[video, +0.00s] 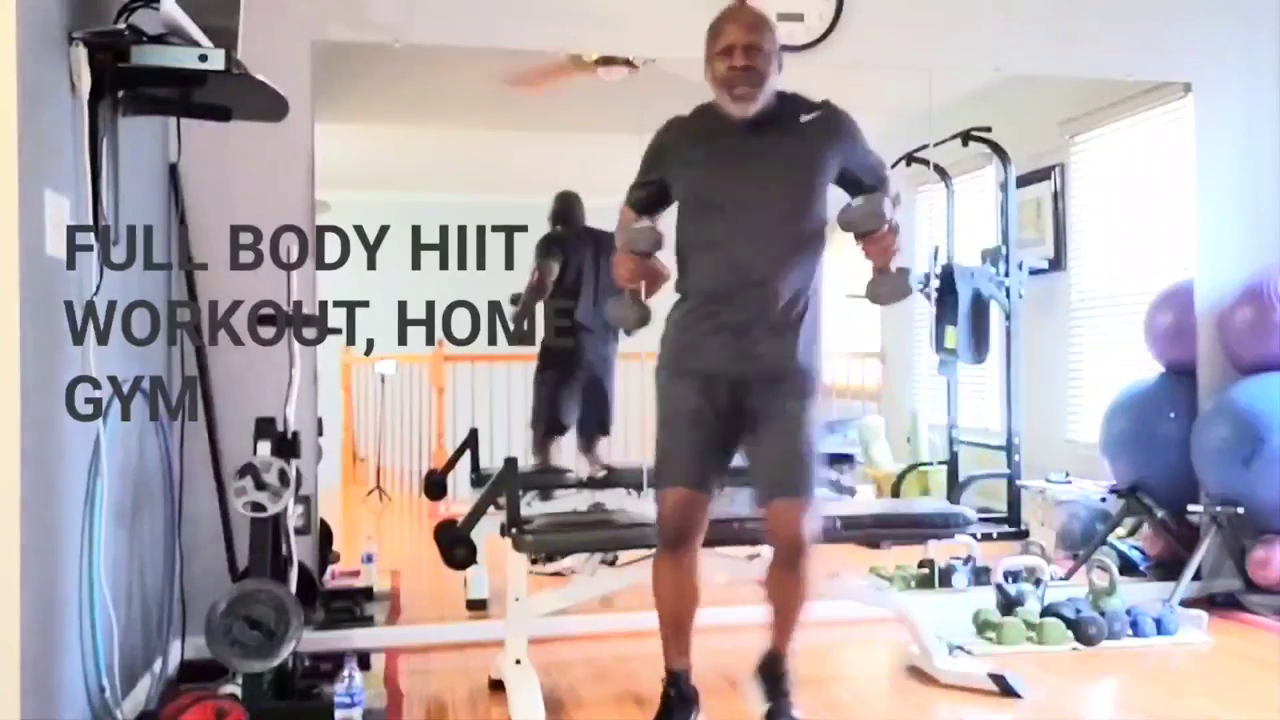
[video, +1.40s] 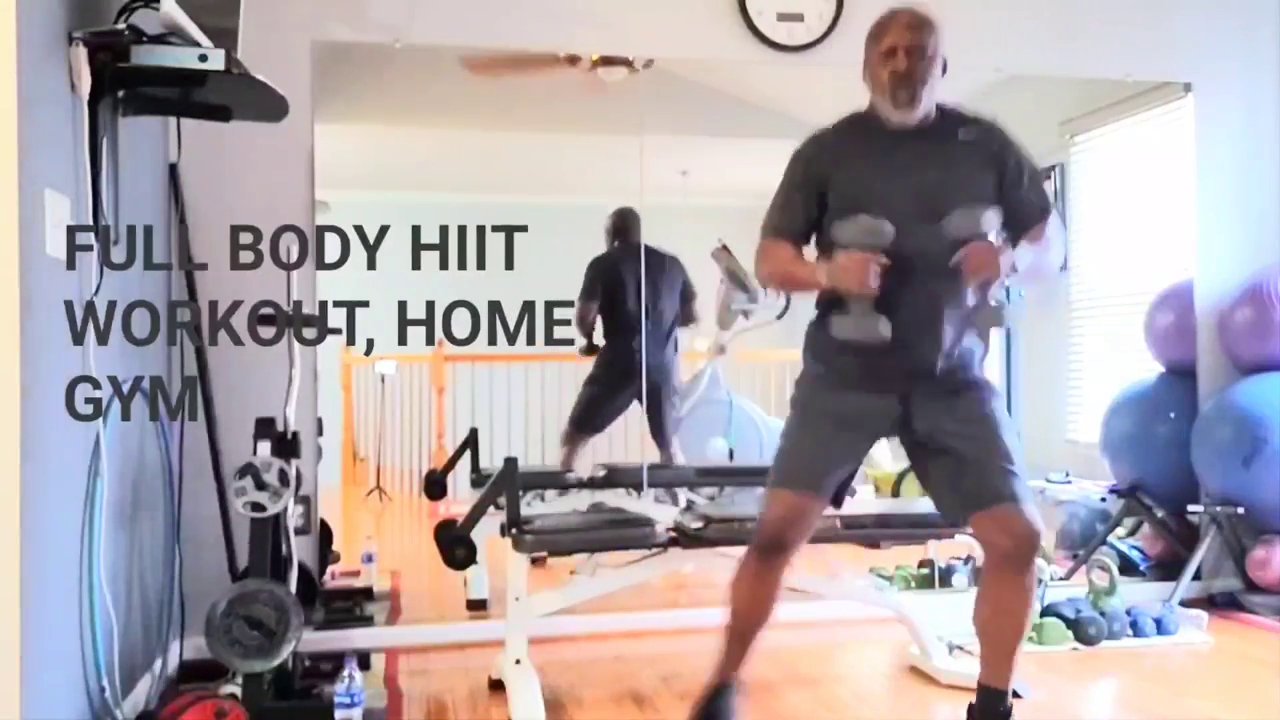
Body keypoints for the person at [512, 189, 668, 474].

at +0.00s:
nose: (554, 221)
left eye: (555, 215)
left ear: (555, 215)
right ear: (582, 213)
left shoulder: (553, 241)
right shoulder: (607, 240)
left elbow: (545, 280)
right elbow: (625, 281)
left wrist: (523, 309)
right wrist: (633, 304)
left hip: (563, 340)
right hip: (600, 339)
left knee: (549, 401)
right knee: (595, 402)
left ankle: (543, 460)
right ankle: (594, 462)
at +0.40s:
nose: (550, 224)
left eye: (550, 219)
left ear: (552, 220)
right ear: (581, 218)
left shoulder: (547, 250)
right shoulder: (608, 248)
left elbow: (527, 297)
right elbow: (634, 307)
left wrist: (528, 335)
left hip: (572, 348)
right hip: (612, 348)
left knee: (546, 431)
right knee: (617, 426)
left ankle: (545, 491)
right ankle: (636, 477)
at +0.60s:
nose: (572, 269)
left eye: (572, 265)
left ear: (571, 266)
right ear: (598, 266)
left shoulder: (566, 299)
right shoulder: (626, 299)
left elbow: (551, 352)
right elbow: (638, 348)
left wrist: (547, 369)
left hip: (587, 397)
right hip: (631, 396)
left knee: (536, 459)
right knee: (637, 462)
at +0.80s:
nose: (587, 248)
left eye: (588, 243)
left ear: (591, 245)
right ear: (618, 244)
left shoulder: (590, 276)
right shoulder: (649, 276)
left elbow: (575, 329)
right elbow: (671, 329)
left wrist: (561, 345)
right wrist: (638, 327)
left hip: (608, 375)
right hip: (650, 375)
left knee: (565, 448)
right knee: (657, 448)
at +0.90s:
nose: (593, 232)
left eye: (595, 228)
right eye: (595, 228)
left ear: (599, 227)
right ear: (625, 226)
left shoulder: (600, 255)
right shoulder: (659, 254)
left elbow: (591, 303)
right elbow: (692, 301)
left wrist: (570, 321)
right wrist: (664, 314)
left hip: (617, 356)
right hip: (657, 357)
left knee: (580, 434)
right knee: (659, 436)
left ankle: (578, 496)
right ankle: (676, 498)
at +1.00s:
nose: (598, 226)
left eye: (600, 221)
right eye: (600, 222)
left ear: (605, 222)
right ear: (631, 221)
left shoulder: (605, 246)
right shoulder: (662, 247)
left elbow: (605, 282)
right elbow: (708, 281)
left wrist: (575, 318)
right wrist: (678, 310)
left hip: (622, 356)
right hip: (662, 357)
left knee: (593, 436)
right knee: (661, 435)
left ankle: (602, 479)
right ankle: (682, 500)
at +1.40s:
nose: (605, 236)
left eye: (607, 232)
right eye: (607, 231)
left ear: (612, 232)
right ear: (639, 231)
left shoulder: (602, 264)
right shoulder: (671, 263)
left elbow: (584, 318)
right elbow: (689, 315)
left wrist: (589, 340)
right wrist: (658, 319)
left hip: (617, 365)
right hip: (661, 365)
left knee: (573, 440)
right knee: (669, 444)